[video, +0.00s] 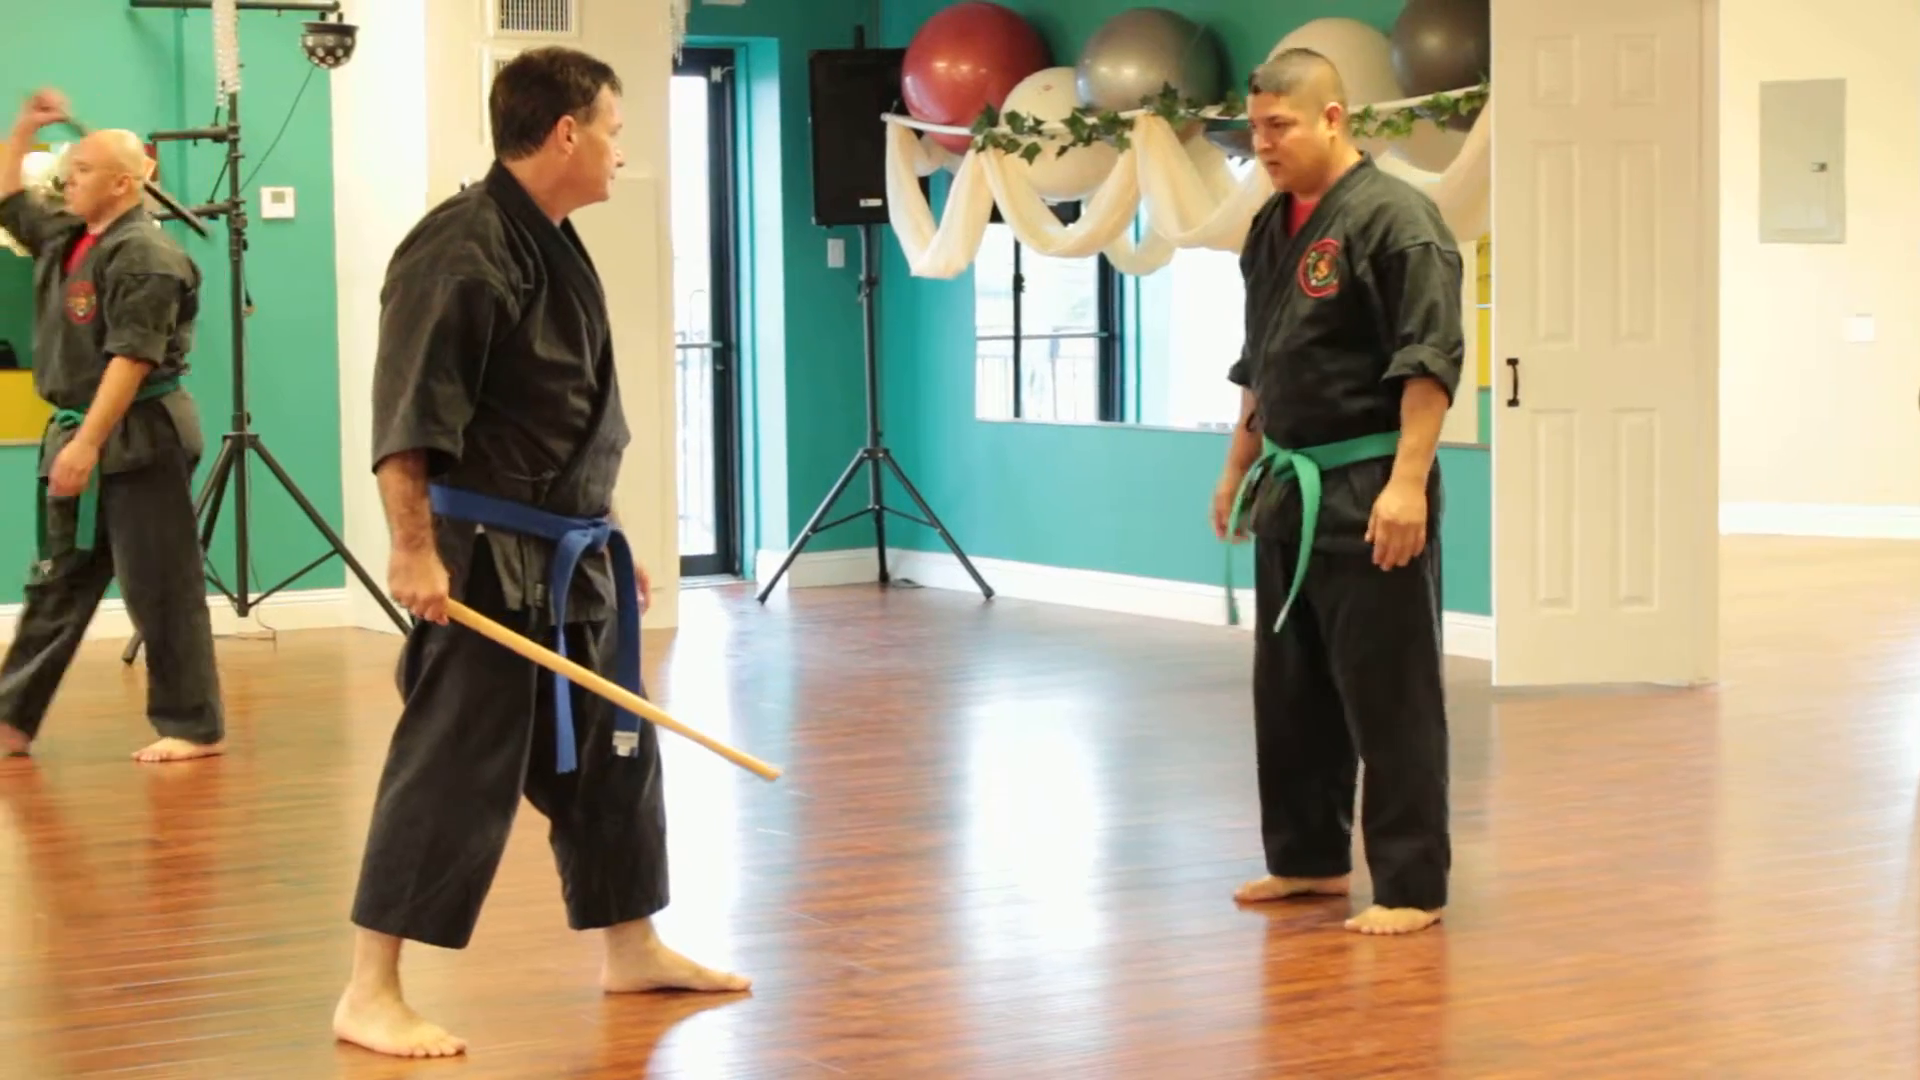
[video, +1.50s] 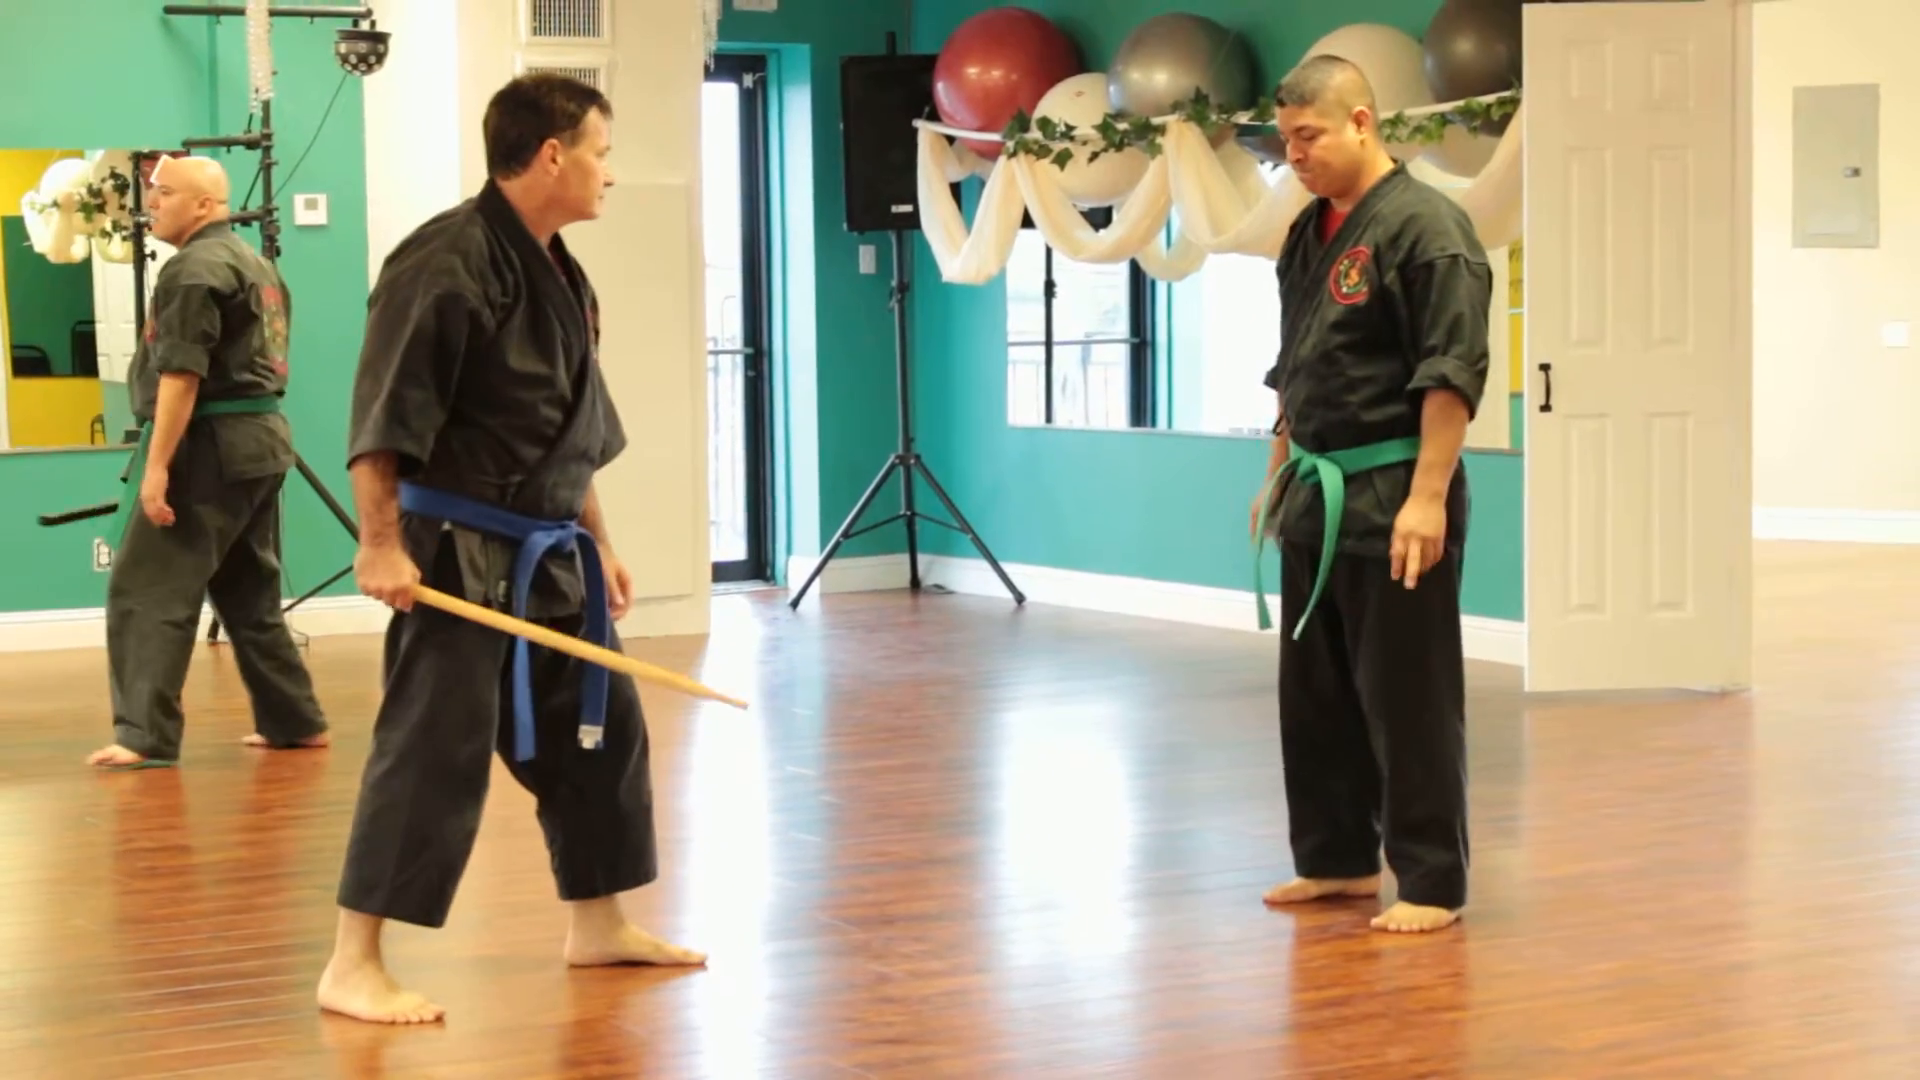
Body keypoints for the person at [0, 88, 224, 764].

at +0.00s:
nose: (65, 178)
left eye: (79, 169)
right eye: (67, 167)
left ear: (124, 182)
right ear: (107, 180)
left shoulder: (148, 257)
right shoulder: (64, 233)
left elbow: (133, 362)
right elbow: (11, 198)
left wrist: (87, 442)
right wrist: (23, 130)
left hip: (139, 426)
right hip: (77, 423)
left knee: (163, 581)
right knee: (61, 581)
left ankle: (192, 727)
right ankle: (12, 721)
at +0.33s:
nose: (6, 183)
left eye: (19, 172)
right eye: (7, 172)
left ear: (62, 185)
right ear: (22, 184)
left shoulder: (107, 254)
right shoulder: (16, 254)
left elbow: (123, 358)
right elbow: (19, 357)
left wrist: (96, 449)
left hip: (108, 433)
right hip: (38, 436)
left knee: (136, 583)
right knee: (28, 589)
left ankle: (189, 721)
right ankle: (23, 726)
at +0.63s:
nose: (5, 178)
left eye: (18, 167)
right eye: (5, 167)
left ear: (62, 178)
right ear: (16, 178)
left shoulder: (106, 246)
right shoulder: (17, 253)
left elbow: (127, 348)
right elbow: (22, 355)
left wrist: (126, 440)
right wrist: (22, 425)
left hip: (106, 429)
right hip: (37, 431)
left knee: (125, 581)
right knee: (31, 585)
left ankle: (167, 720)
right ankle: (31, 726)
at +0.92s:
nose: (45, 192)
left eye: (58, 183)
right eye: (48, 181)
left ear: (99, 196)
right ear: (88, 197)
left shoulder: (129, 263)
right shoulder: (91, 257)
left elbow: (134, 375)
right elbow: (106, 365)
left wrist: (97, 465)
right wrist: (89, 446)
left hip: (151, 435)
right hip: (106, 431)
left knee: (142, 584)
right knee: (77, 581)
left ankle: (156, 732)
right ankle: (57, 720)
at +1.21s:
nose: (104, 194)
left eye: (118, 183)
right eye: (106, 182)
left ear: (163, 192)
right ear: (164, 195)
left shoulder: (165, 262)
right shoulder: (185, 248)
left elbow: (160, 376)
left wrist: (128, 461)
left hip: (179, 435)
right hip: (212, 428)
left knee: (155, 584)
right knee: (203, 574)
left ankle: (160, 737)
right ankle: (276, 697)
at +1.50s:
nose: (150, 203)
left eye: (162, 193)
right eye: (152, 192)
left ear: (202, 205)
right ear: (208, 207)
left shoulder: (192, 270)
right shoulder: (249, 260)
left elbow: (181, 378)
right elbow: (259, 366)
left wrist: (156, 464)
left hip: (211, 444)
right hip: (259, 438)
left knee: (148, 587)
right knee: (248, 590)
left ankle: (147, 736)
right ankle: (294, 721)